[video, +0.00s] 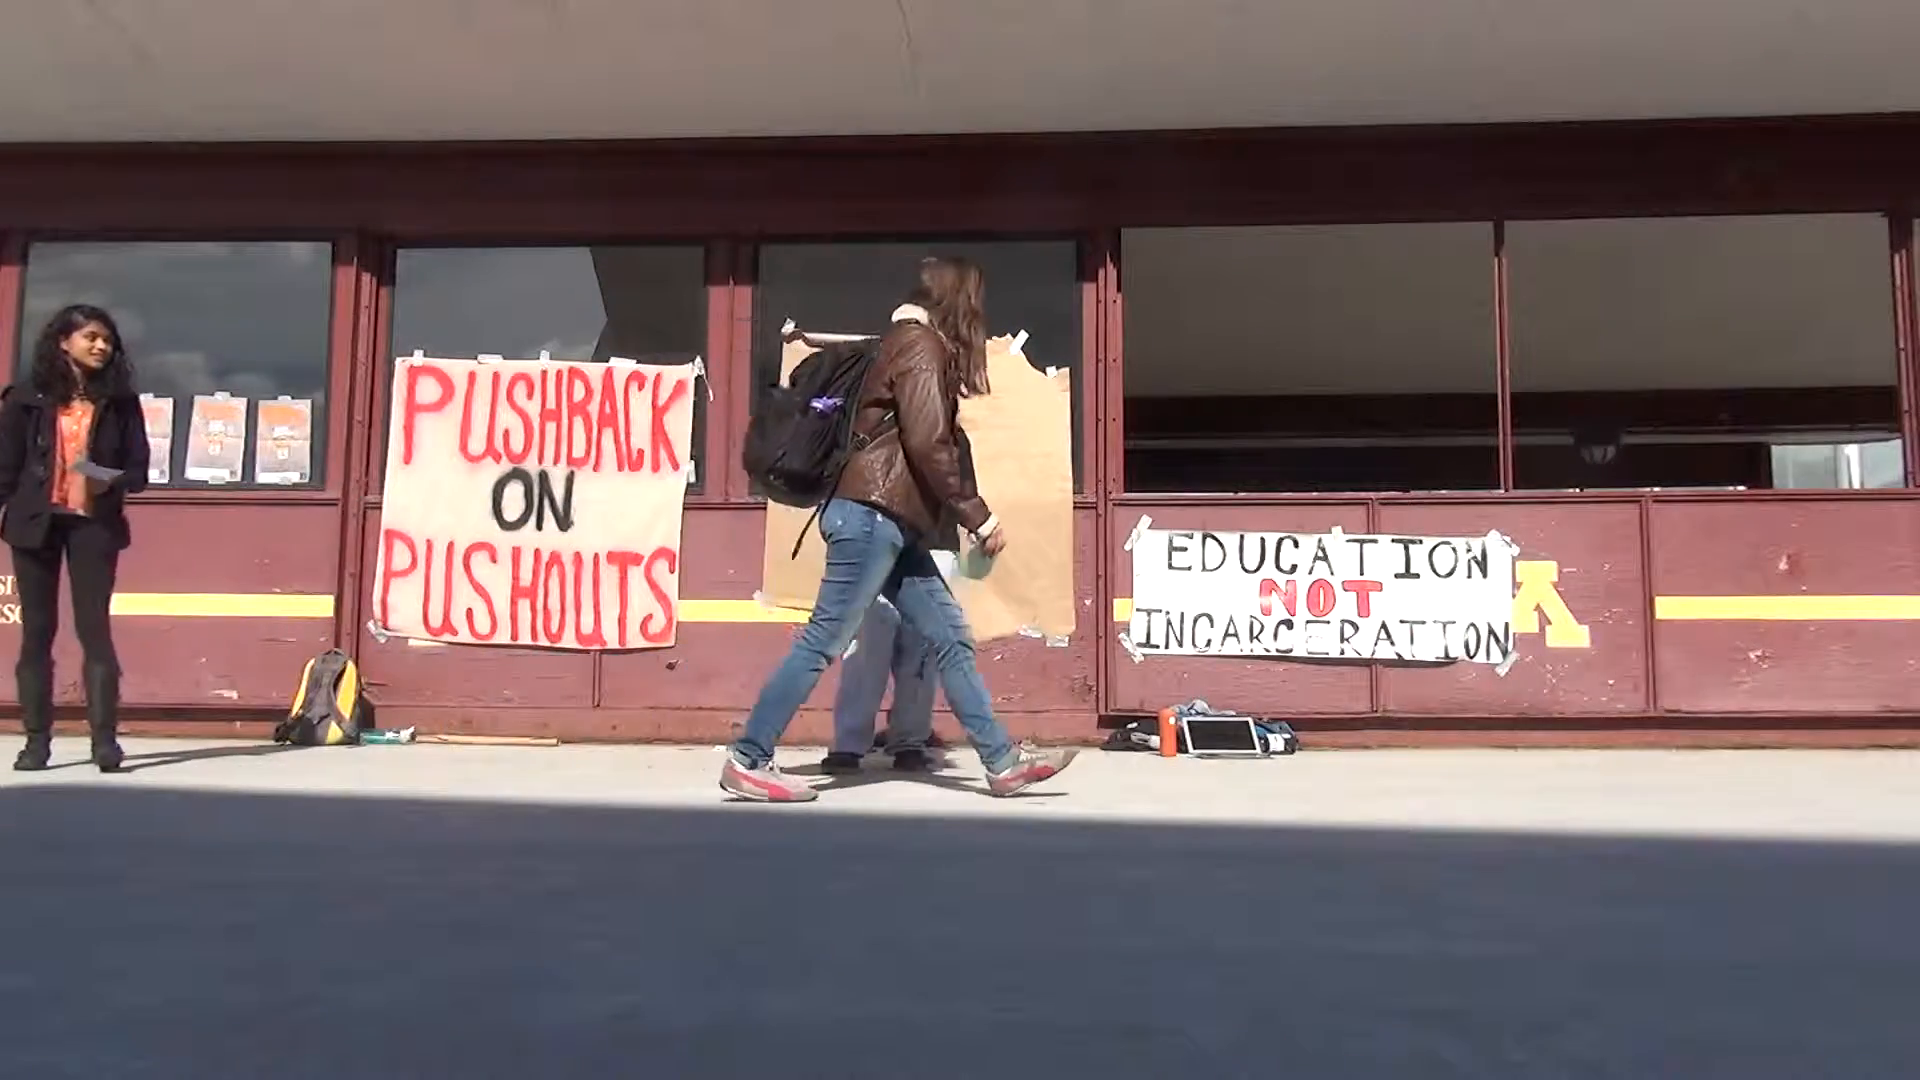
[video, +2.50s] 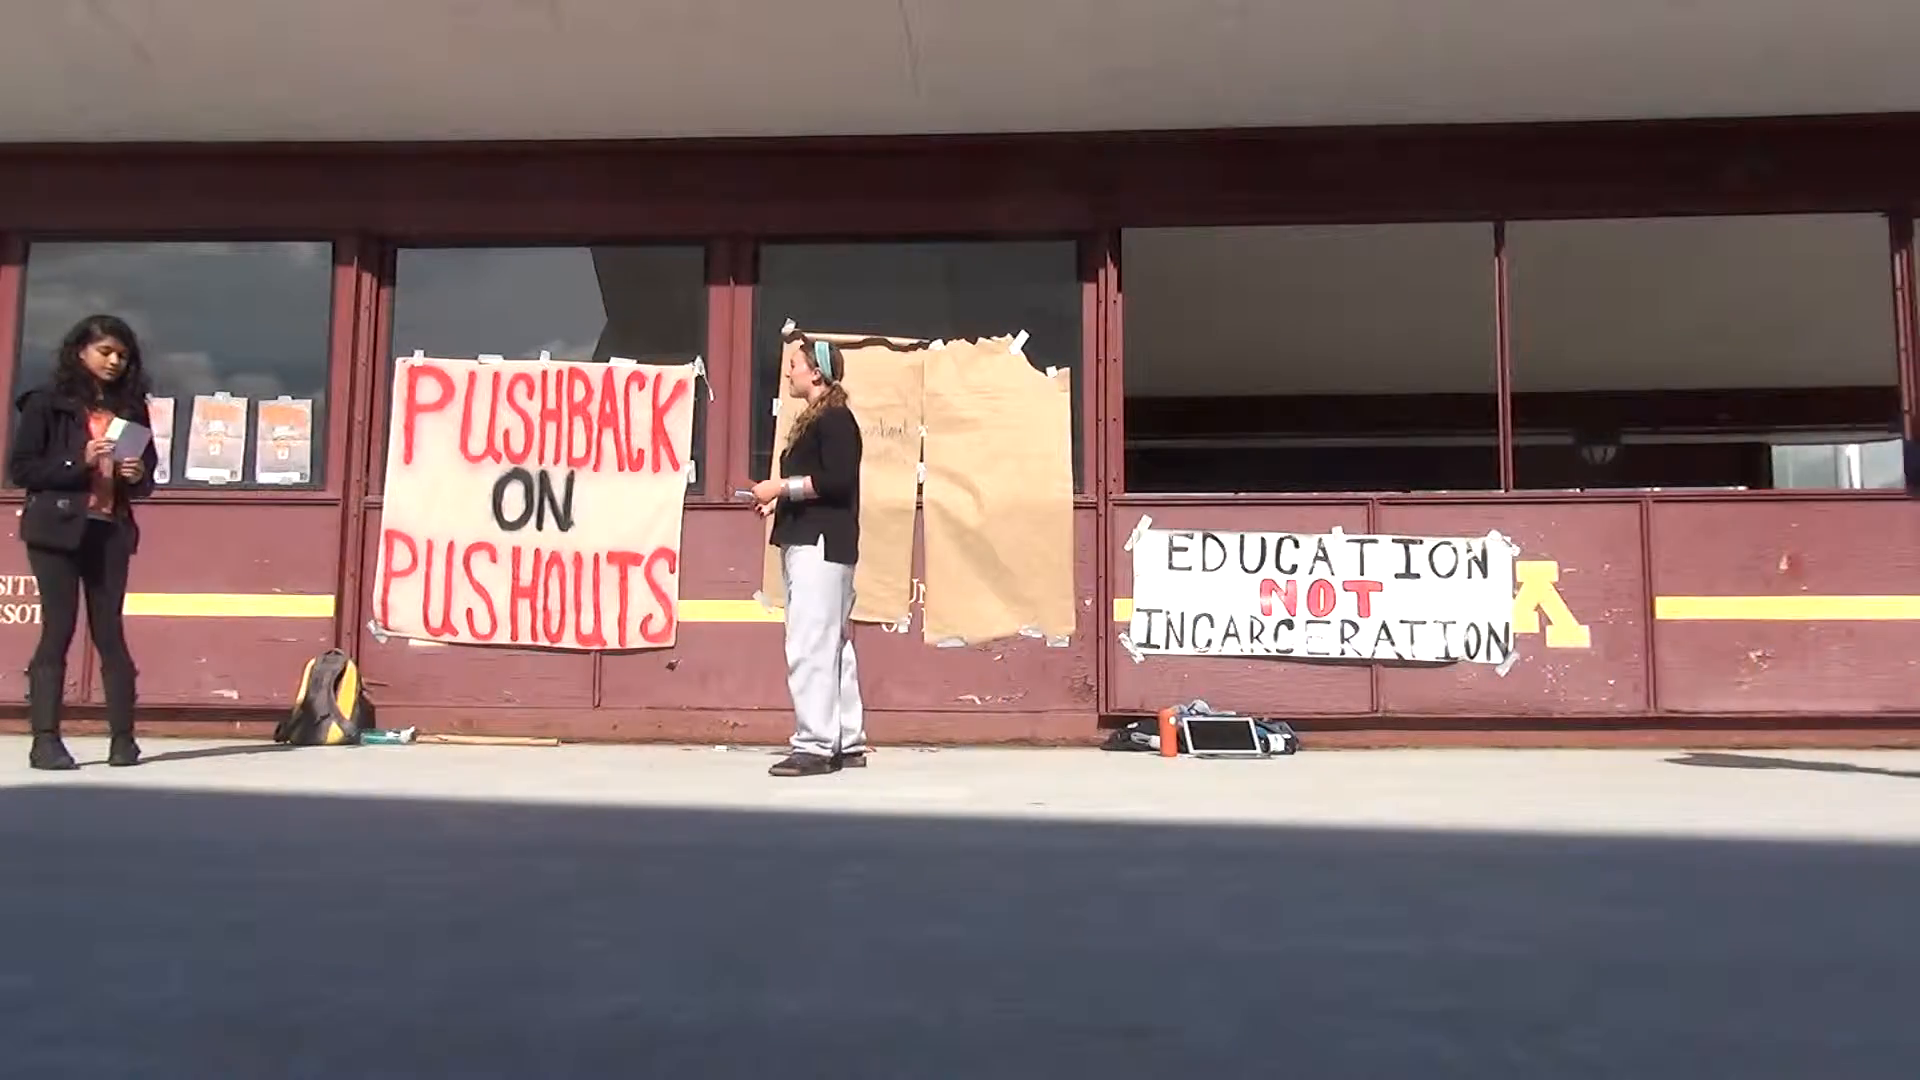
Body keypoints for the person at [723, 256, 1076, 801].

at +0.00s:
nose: (979, 312)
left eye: (978, 300)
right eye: (976, 300)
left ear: (927, 294)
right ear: (961, 300)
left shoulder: (912, 342)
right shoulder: (922, 346)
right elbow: (928, 442)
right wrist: (978, 516)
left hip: (886, 519)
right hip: (868, 512)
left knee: (949, 638)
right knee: (823, 641)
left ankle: (1003, 762)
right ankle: (746, 761)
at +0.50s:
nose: (936, 375)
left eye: (938, 369)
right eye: (927, 367)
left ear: (937, 379)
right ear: (900, 373)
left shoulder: (946, 429)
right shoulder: (866, 427)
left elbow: (964, 490)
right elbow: (846, 489)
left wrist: (947, 487)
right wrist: (893, 488)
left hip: (934, 550)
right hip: (880, 548)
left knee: (921, 648)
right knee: (869, 645)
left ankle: (910, 742)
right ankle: (848, 744)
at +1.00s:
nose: (875, 375)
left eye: (882, 368)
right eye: (875, 368)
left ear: (909, 374)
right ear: (885, 376)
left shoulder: (944, 427)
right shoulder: (866, 429)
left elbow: (965, 485)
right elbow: (847, 489)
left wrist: (921, 485)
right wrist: (864, 490)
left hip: (920, 551)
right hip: (870, 547)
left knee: (909, 646)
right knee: (853, 642)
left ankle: (907, 741)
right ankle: (841, 741)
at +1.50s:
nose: (832, 378)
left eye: (838, 372)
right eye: (833, 372)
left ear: (864, 379)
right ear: (853, 379)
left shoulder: (893, 428)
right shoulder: (836, 435)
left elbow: (909, 479)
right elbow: (820, 494)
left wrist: (883, 455)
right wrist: (777, 473)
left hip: (867, 555)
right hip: (829, 555)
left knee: (874, 650)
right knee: (830, 652)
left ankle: (904, 742)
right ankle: (845, 743)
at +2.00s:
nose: (805, 379)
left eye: (812, 372)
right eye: (808, 372)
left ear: (834, 378)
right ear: (830, 378)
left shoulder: (855, 430)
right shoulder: (825, 432)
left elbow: (852, 491)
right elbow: (811, 500)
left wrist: (799, 482)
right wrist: (768, 490)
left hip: (836, 551)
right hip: (809, 550)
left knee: (829, 646)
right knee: (813, 651)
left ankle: (869, 738)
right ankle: (835, 741)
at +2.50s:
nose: (787, 372)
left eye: (794, 365)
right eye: (788, 365)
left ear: (816, 372)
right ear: (814, 374)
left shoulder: (833, 419)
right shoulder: (817, 419)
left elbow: (836, 482)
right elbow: (816, 483)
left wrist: (781, 489)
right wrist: (775, 496)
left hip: (820, 547)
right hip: (816, 546)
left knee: (810, 645)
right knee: (829, 643)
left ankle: (814, 744)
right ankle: (847, 740)